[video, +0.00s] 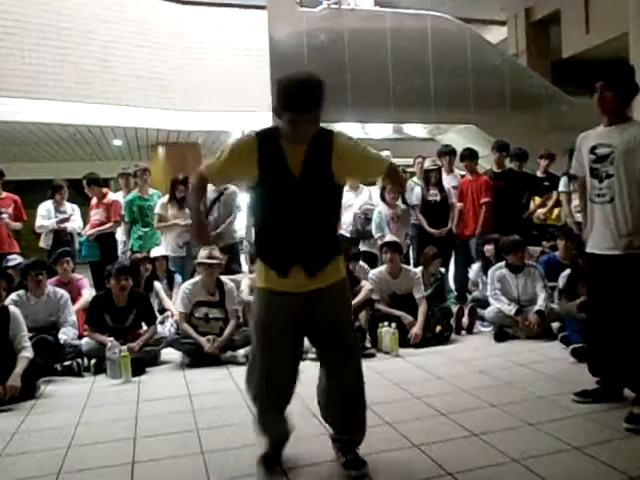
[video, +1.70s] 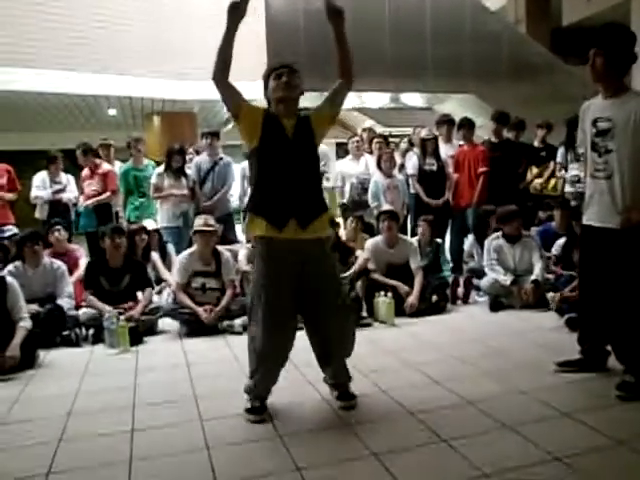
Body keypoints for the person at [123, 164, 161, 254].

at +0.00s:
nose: (144, 178)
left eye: (146, 175)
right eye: (141, 175)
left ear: (150, 177)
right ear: (135, 179)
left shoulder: (157, 196)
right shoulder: (129, 200)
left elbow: (161, 218)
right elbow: (127, 223)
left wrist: (164, 239)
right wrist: (128, 246)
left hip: (155, 240)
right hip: (138, 241)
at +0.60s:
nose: (157, 179)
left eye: (158, 175)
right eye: (153, 175)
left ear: (161, 177)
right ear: (147, 178)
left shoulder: (166, 194)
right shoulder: (140, 196)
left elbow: (171, 214)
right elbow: (138, 218)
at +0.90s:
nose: (151, 172)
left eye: (153, 168)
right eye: (148, 169)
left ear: (157, 170)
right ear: (143, 171)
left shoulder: (164, 188)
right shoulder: (137, 191)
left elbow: (168, 210)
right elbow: (135, 214)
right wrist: (133, 233)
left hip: (162, 231)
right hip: (144, 232)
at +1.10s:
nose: (142, 170)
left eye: (144, 167)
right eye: (138, 168)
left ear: (148, 169)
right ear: (133, 170)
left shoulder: (154, 187)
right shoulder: (127, 190)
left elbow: (159, 209)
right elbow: (123, 213)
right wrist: (121, 234)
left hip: (152, 231)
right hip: (134, 232)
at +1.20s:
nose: (137, 170)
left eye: (140, 166)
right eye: (134, 167)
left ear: (143, 169)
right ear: (129, 170)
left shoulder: (149, 188)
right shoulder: (123, 191)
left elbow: (154, 209)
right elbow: (120, 214)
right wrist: (118, 234)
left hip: (147, 228)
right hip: (130, 229)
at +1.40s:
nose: (135, 149)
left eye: (137, 145)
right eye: (132, 146)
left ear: (141, 148)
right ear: (127, 149)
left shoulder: (148, 166)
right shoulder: (121, 170)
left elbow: (152, 188)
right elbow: (119, 193)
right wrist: (118, 214)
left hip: (146, 209)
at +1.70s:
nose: (138, 149)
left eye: (141, 145)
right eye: (135, 146)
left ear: (144, 147)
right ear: (130, 149)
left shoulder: (151, 166)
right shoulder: (125, 170)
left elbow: (156, 188)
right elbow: (123, 192)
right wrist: (122, 214)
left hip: (150, 210)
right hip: (133, 212)